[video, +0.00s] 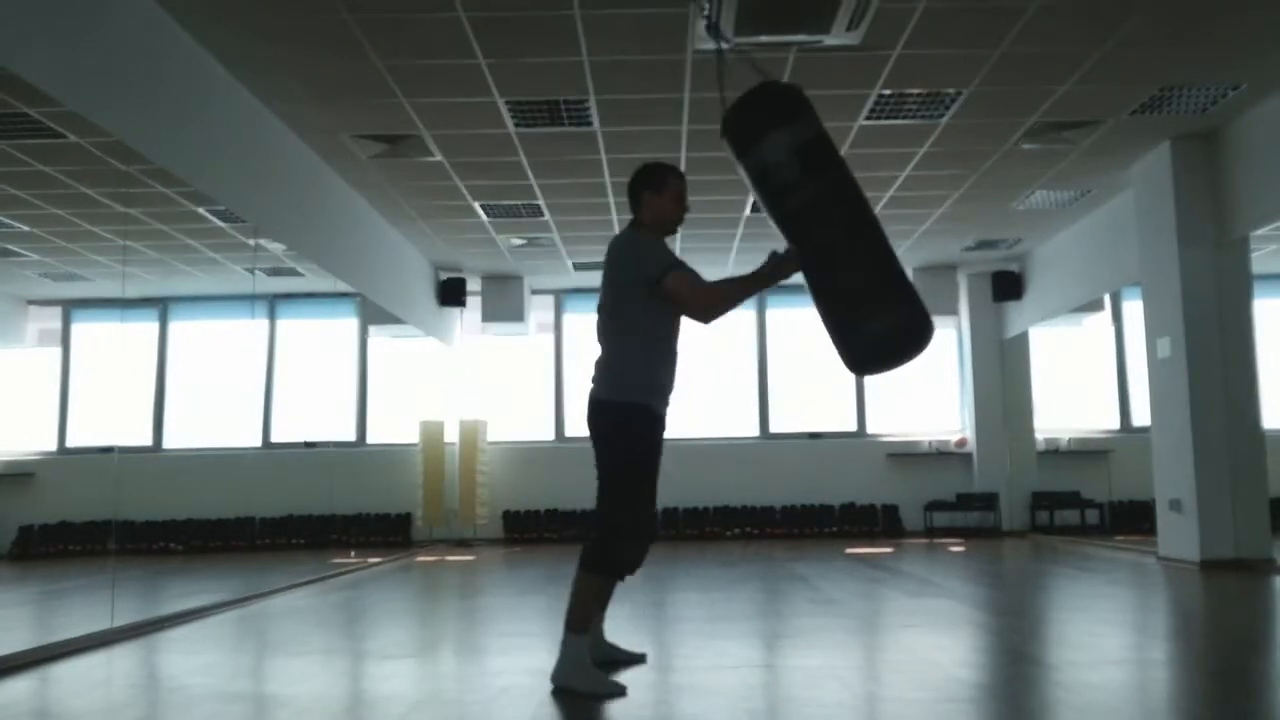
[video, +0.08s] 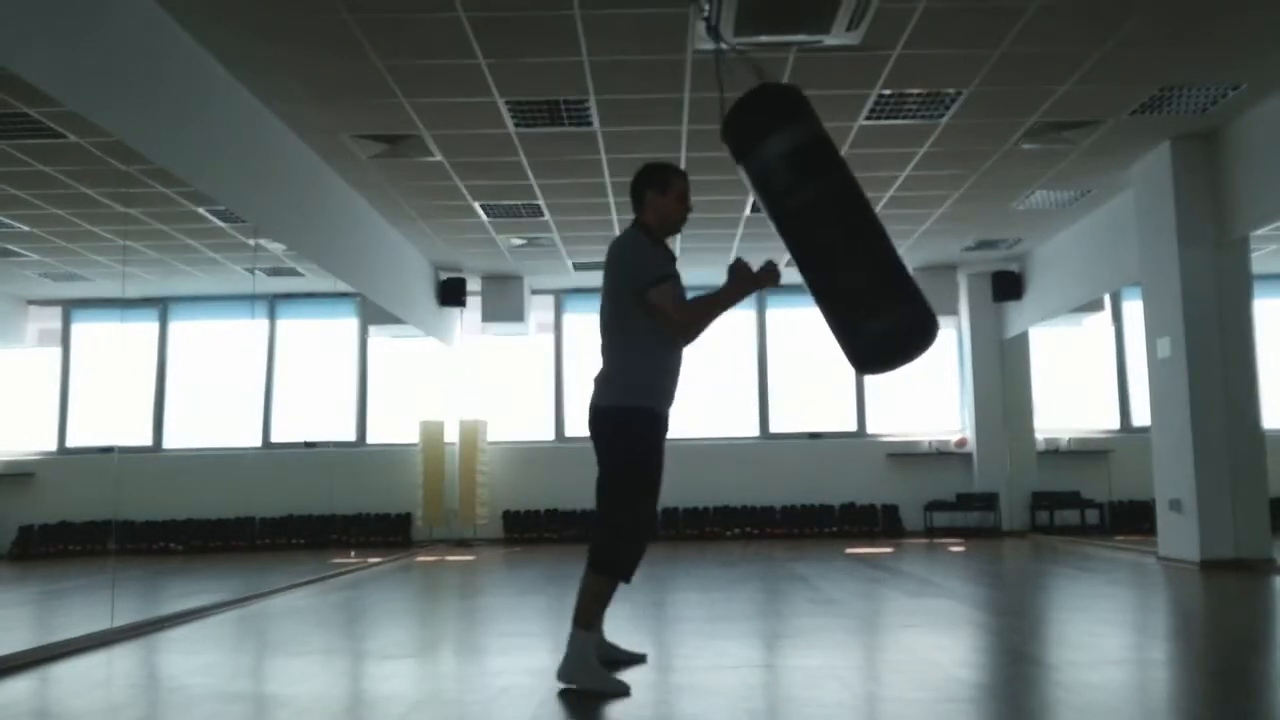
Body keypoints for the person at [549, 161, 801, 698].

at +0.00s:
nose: (685, 205)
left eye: (684, 196)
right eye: (677, 195)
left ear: (651, 201)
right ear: (648, 198)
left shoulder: (638, 250)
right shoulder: (639, 250)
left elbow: (703, 299)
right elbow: (704, 304)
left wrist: (766, 274)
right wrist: (769, 275)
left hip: (630, 407)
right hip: (627, 409)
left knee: (626, 530)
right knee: (617, 531)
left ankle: (590, 639)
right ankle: (572, 662)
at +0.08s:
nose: (688, 206)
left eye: (688, 197)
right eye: (680, 197)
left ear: (656, 200)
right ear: (652, 199)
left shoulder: (648, 252)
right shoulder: (637, 250)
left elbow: (680, 328)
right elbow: (680, 325)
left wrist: (733, 290)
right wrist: (735, 289)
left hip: (635, 410)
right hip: (628, 411)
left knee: (627, 526)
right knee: (621, 528)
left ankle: (590, 637)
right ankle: (579, 657)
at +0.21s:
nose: (693, 206)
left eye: (692, 197)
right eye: (683, 197)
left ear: (669, 203)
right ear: (654, 200)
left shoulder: (668, 261)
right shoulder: (631, 256)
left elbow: (721, 311)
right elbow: (629, 328)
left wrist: (775, 272)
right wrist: (689, 295)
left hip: (649, 411)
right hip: (629, 410)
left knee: (631, 525)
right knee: (625, 527)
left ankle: (594, 638)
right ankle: (584, 660)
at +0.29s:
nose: (692, 207)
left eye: (692, 198)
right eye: (683, 198)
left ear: (659, 202)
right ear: (654, 200)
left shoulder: (652, 252)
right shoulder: (643, 251)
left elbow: (703, 309)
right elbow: (702, 313)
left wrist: (757, 274)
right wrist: (760, 275)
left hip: (638, 409)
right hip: (632, 411)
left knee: (629, 527)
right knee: (625, 528)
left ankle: (593, 639)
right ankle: (584, 661)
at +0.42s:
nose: (695, 209)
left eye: (695, 200)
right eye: (687, 199)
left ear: (664, 204)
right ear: (658, 202)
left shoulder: (657, 260)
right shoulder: (638, 256)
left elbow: (682, 333)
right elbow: (654, 327)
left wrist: (723, 302)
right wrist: (725, 303)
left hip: (646, 413)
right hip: (632, 413)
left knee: (631, 527)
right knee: (625, 530)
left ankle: (595, 639)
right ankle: (586, 659)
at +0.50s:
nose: (696, 208)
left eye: (695, 200)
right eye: (687, 199)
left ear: (671, 203)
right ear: (658, 200)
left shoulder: (669, 262)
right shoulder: (632, 255)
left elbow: (719, 309)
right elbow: (616, 328)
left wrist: (776, 276)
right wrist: (688, 321)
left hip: (652, 411)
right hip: (631, 409)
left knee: (631, 525)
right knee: (625, 526)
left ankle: (594, 638)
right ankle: (585, 660)